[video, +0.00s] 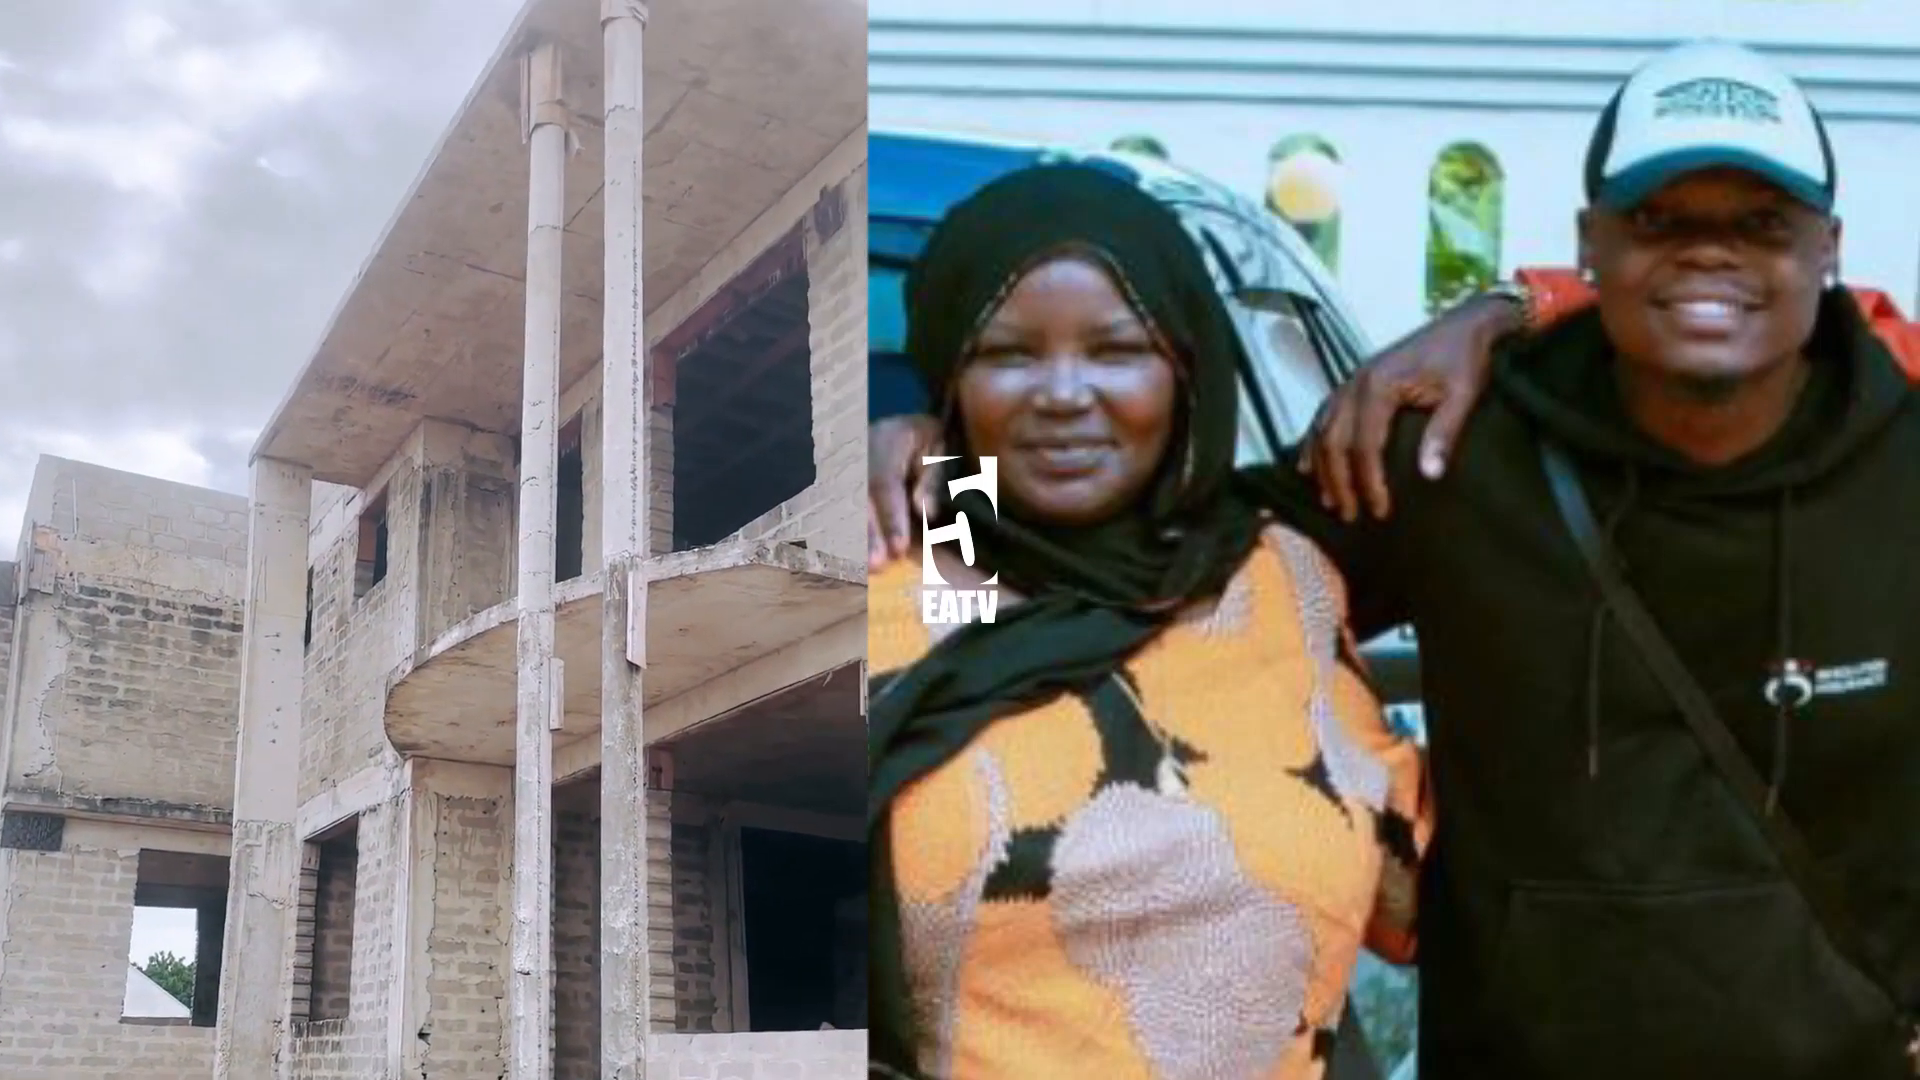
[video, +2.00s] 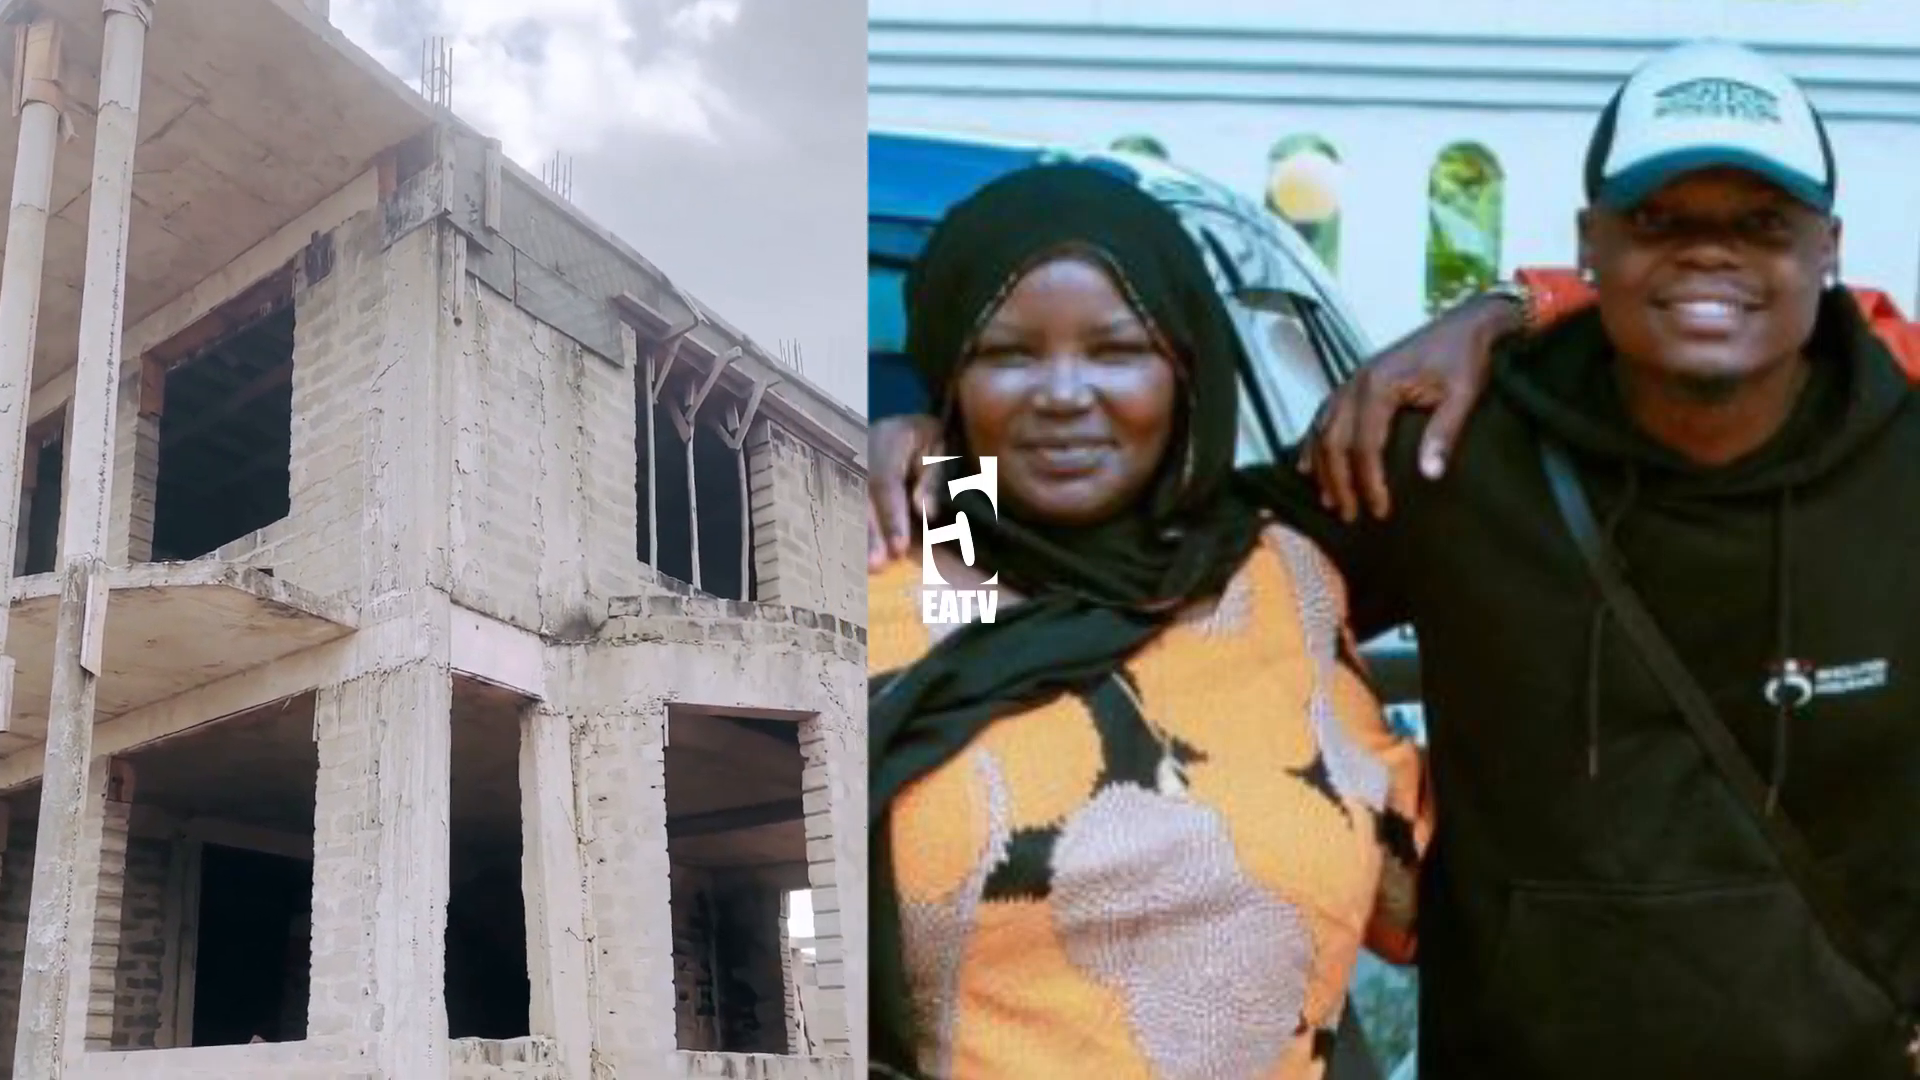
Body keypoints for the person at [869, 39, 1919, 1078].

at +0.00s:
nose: (1707, 252)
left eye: (1757, 219)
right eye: (1664, 215)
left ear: (1825, 250)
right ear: (1595, 242)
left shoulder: (1899, 445)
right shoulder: (1463, 447)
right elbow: (1178, 557)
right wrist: (964, 466)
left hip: (1848, 1038)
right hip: (1535, 1044)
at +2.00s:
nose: (1707, 252)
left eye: (1757, 219)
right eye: (1664, 215)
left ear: (1826, 249)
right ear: (1595, 242)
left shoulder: (1899, 445)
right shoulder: (1464, 447)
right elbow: (1177, 557)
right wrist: (960, 464)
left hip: (1850, 1038)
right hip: (1536, 1046)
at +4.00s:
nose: (1706, 251)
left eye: (1757, 219)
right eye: (1664, 214)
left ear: (1825, 251)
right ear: (1594, 241)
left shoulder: (1898, 446)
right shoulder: (1463, 449)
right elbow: (1174, 558)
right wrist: (960, 463)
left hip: (1849, 1038)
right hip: (1535, 1044)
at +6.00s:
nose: (1707, 252)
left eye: (1757, 220)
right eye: (1665, 215)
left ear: (1825, 251)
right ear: (1595, 242)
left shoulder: (1898, 442)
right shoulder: (1465, 447)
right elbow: (1174, 558)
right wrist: (955, 452)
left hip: (1848, 1037)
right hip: (1535, 1043)